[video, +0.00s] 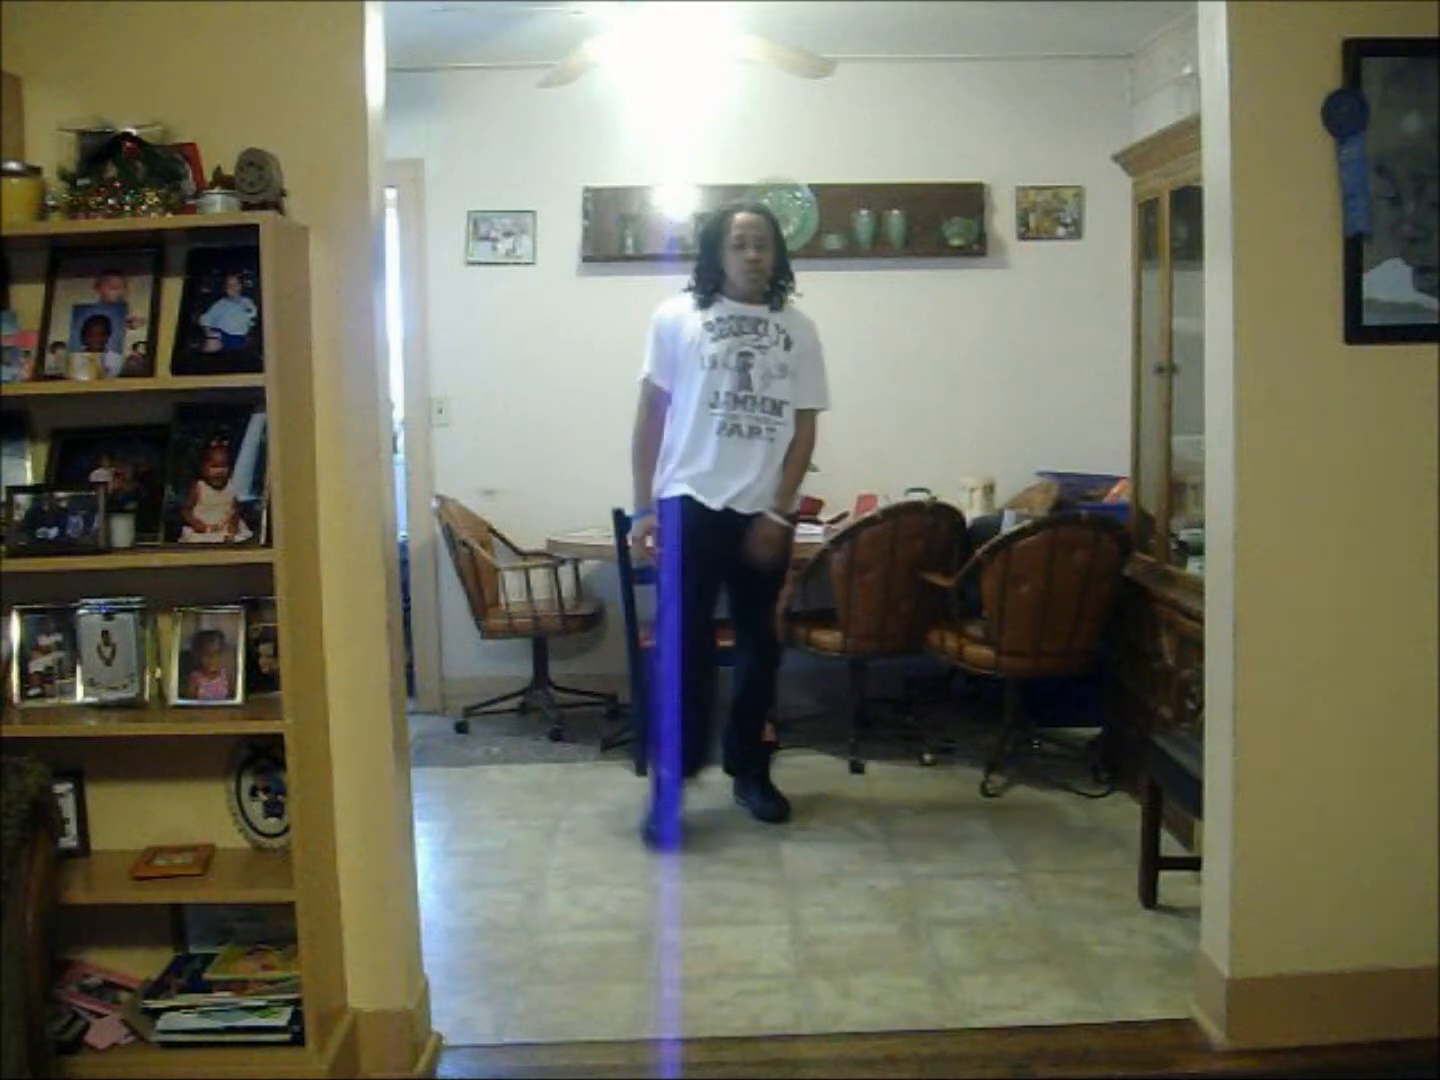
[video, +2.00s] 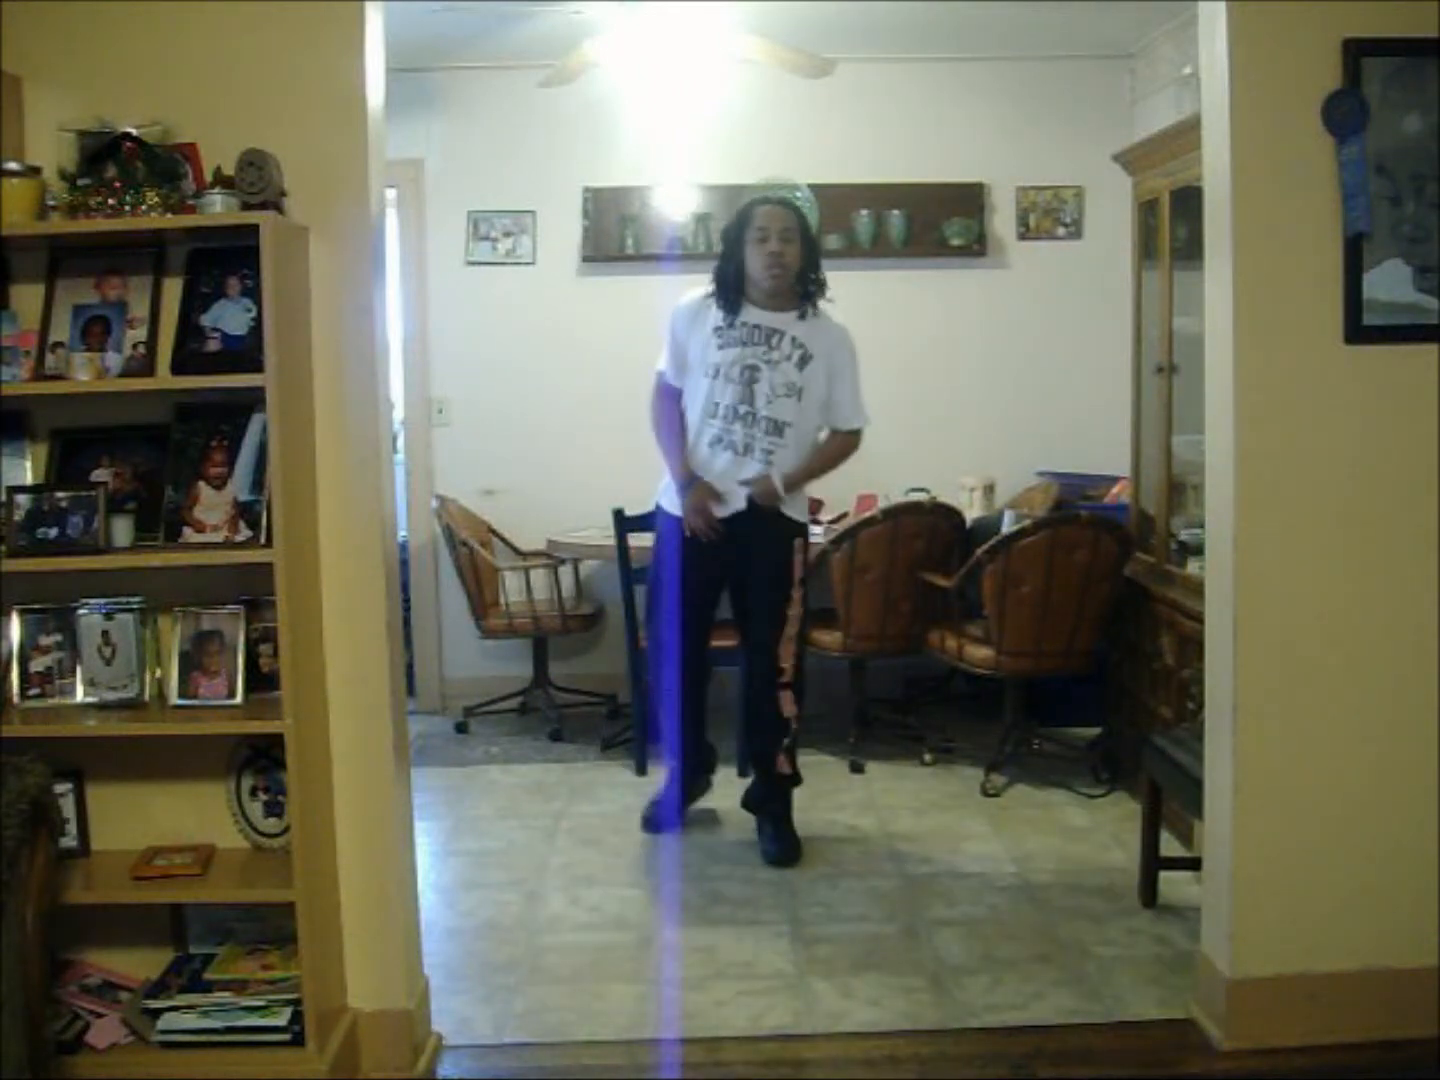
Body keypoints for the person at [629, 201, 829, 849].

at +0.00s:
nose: (752, 255)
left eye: (761, 245)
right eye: (739, 245)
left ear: (778, 255)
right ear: (715, 254)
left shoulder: (796, 327)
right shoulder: (678, 319)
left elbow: (805, 429)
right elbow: (652, 412)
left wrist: (782, 511)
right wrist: (645, 506)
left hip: (761, 508)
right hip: (688, 502)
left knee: (760, 648)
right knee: (684, 648)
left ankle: (750, 774)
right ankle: (670, 785)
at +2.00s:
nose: (775, 250)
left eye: (788, 239)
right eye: (762, 239)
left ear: (807, 252)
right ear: (737, 250)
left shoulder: (827, 338)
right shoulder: (695, 317)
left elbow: (847, 435)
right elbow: (665, 398)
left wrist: (785, 482)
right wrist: (685, 480)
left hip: (771, 518)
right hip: (693, 511)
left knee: (765, 660)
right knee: (679, 652)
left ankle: (772, 804)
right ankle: (688, 771)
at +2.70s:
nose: (672, 266)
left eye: (683, 254)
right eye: (660, 256)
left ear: (705, 261)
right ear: (642, 268)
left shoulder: (748, 329)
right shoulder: (641, 342)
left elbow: (796, 415)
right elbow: (625, 426)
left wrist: (716, 446)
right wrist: (627, 457)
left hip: (718, 509)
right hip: (647, 510)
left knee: (732, 656)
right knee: (653, 653)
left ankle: (766, 806)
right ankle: (673, 783)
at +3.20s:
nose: (677, 260)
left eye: (688, 249)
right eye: (664, 251)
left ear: (709, 257)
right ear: (646, 263)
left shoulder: (749, 328)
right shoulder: (631, 337)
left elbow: (769, 416)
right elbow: (610, 426)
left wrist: (794, 466)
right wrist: (583, 511)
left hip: (726, 514)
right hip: (647, 514)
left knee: (745, 656)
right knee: (658, 656)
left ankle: (777, 796)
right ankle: (675, 781)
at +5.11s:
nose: (686, 248)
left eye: (698, 236)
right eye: (673, 238)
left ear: (718, 248)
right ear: (650, 252)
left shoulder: (751, 332)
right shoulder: (616, 328)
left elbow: (762, 431)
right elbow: (589, 424)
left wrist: (766, 513)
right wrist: (606, 512)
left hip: (727, 522)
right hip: (645, 522)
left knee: (741, 672)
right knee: (651, 671)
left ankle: (774, 819)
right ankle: (669, 799)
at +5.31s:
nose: (706, 237)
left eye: (719, 229)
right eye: (692, 230)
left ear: (739, 252)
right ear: (670, 254)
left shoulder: (772, 330)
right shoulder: (639, 328)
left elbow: (789, 418)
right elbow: (622, 409)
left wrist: (817, 476)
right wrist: (592, 471)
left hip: (740, 523)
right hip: (654, 518)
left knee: (755, 673)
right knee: (656, 667)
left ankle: (776, 822)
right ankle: (667, 795)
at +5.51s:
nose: (709, 240)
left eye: (728, 233)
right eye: (705, 229)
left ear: (757, 258)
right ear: (691, 249)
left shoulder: (789, 331)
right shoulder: (661, 316)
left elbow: (834, 412)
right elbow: (635, 391)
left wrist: (896, 443)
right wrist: (567, 431)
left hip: (749, 517)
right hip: (665, 512)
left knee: (765, 670)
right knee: (664, 662)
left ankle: (777, 824)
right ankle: (669, 796)